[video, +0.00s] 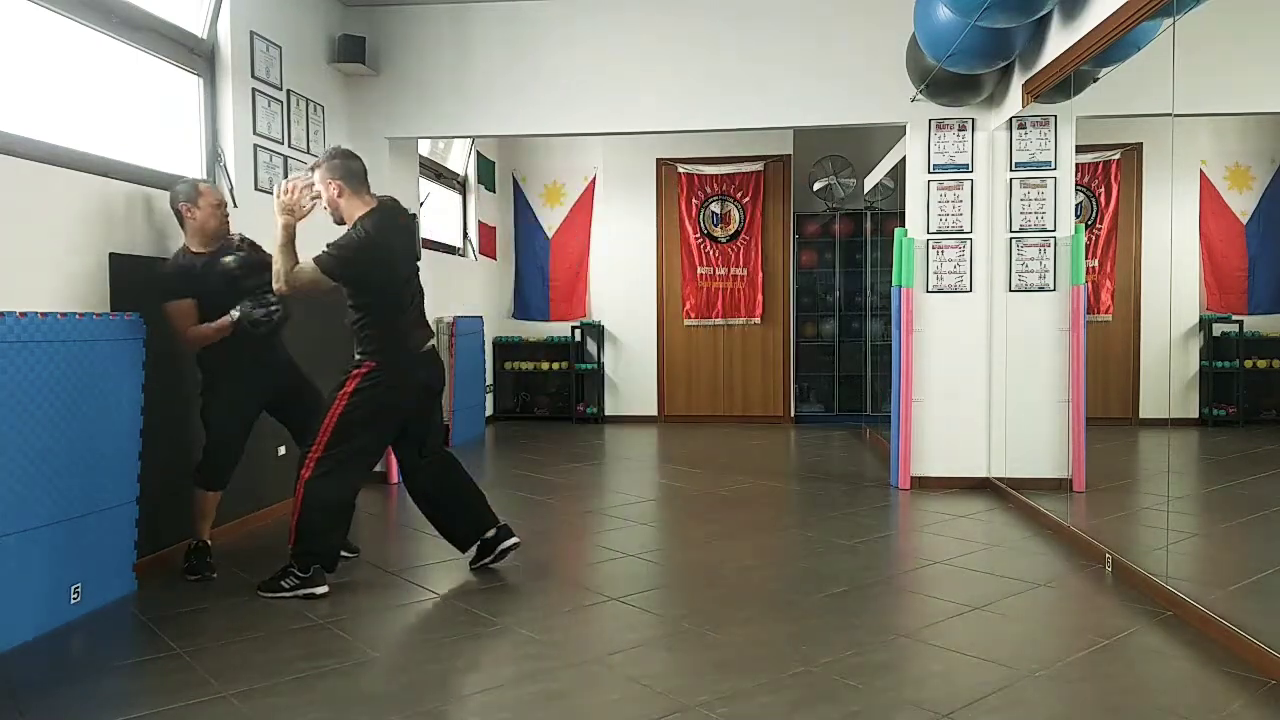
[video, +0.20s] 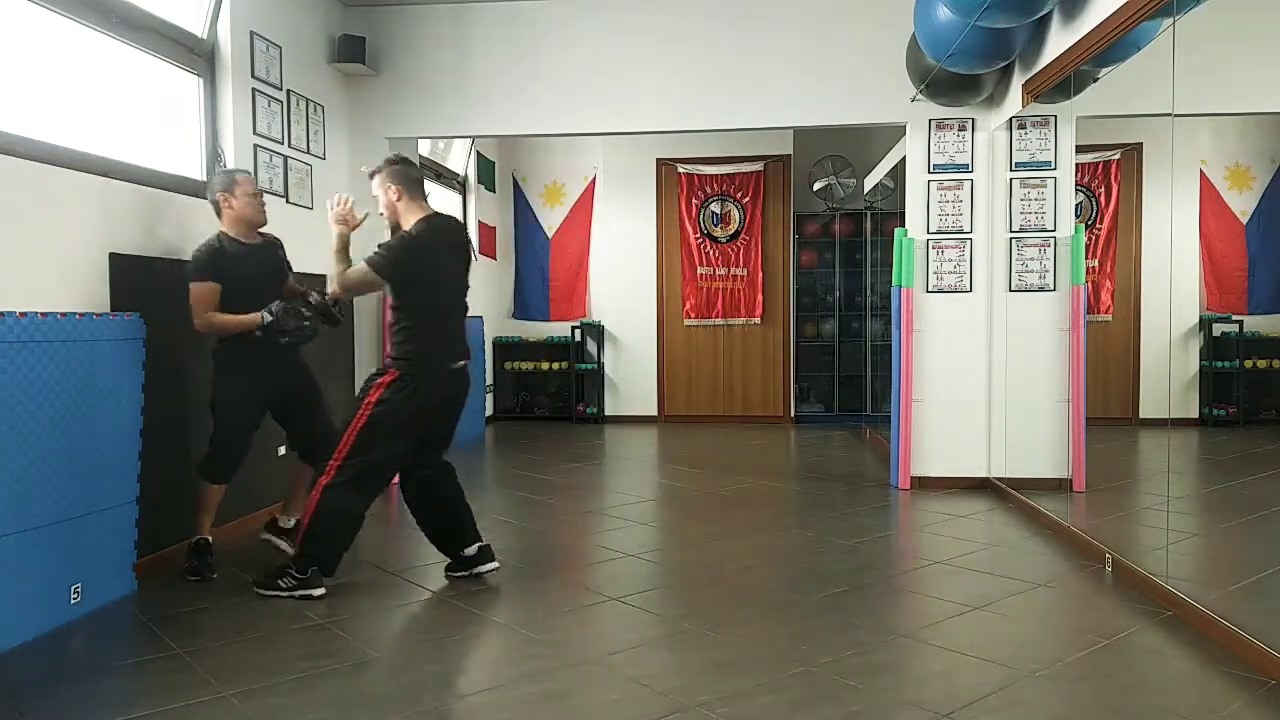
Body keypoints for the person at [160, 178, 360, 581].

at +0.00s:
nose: (228, 215)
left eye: (227, 207)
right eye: (219, 208)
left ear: (195, 212)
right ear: (188, 212)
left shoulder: (244, 248)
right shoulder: (178, 272)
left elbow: (287, 280)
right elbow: (188, 338)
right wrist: (235, 318)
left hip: (275, 366)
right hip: (228, 379)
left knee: (324, 435)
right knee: (219, 459)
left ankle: (326, 533)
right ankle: (201, 544)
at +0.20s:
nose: (264, 202)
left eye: (262, 196)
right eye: (254, 196)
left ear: (231, 201)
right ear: (225, 202)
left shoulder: (271, 246)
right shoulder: (210, 256)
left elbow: (285, 288)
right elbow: (203, 319)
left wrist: (312, 299)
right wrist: (264, 318)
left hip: (284, 362)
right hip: (238, 368)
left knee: (319, 441)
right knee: (225, 453)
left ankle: (287, 520)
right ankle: (202, 540)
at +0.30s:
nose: (289, 206)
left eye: (287, 199)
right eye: (280, 199)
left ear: (263, 204)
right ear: (252, 204)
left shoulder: (293, 251)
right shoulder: (234, 256)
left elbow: (303, 294)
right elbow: (216, 317)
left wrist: (326, 307)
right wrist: (276, 331)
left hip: (297, 369)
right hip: (253, 371)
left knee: (306, 456)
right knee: (240, 457)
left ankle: (276, 534)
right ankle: (207, 537)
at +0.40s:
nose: (316, 208)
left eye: (314, 202)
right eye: (307, 203)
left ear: (296, 209)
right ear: (279, 209)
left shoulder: (314, 258)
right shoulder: (260, 256)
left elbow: (320, 306)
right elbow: (235, 318)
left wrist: (344, 315)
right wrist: (290, 343)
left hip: (307, 368)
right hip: (271, 370)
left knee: (309, 457)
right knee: (274, 455)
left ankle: (277, 535)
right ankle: (234, 528)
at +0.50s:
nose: (339, 205)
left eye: (338, 199)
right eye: (331, 199)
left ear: (313, 203)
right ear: (303, 203)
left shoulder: (330, 252)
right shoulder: (282, 248)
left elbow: (337, 301)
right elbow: (247, 305)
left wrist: (364, 305)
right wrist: (304, 330)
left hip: (320, 360)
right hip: (288, 361)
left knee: (312, 452)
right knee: (300, 451)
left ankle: (285, 532)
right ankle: (275, 535)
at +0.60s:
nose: (359, 202)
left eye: (358, 196)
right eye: (351, 196)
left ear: (336, 202)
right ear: (324, 201)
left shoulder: (348, 250)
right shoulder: (302, 243)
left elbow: (361, 295)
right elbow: (265, 298)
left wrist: (383, 305)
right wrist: (326, 315)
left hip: (332, 360)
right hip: (306, 361)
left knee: (305, 448)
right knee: (332, 450)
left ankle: (278, 529)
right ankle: (336, 545)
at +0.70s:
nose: (379, 210)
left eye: (378, 204)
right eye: (372, 204)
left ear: (353, 209)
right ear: (344, 208)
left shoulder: (365, 258)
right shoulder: (324, 251)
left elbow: (369, 297)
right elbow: (294, 310)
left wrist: (395, 308)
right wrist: (355, 316)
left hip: (348, 370)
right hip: (325, 371)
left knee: (320, 455)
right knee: (355, 459)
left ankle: (279, 526)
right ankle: (364, 548)